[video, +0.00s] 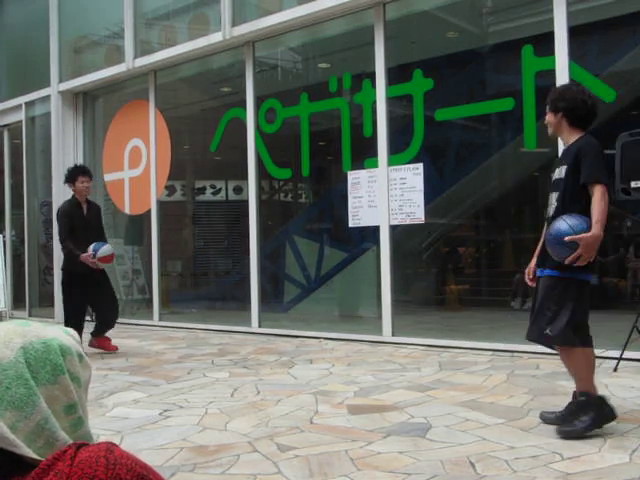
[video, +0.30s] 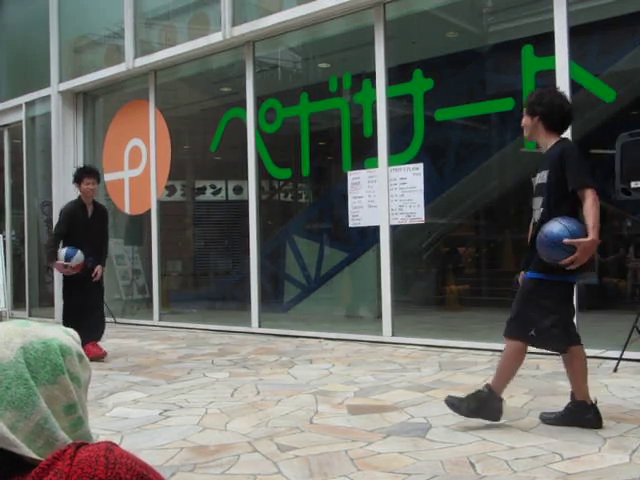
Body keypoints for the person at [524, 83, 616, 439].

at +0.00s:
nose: (545, 118)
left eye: (548, 112)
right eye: (546, 112)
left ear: (561, 115)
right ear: (568, 116)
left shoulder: (587, 147)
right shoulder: (565, 153)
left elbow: (599, 190)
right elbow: (554, 214)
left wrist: (597, 232)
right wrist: (537, 256)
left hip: (571, 259)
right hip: (554, 259)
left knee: (571, 328)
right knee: (557, 329)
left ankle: (591, 401)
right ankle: (584, 398)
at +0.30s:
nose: (522, 122)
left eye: (525, 116)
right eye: (523, 115)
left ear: (539, 119)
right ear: (547, 120)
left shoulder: (568, 151)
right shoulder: (549, 159)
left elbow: (589, 195)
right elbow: (543, 217)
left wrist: (593, 237)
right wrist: (529, 266)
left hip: (553, 262)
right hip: (545, 262)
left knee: (518, 327)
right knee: (565, 333)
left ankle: (491, 396)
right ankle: (582, 405)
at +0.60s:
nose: (494, 127)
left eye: (497, 122)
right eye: (496, 121)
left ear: (508, 127)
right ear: (526, 127)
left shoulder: (530, 159)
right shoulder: (530, 158)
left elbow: (545, 206)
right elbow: (541, 208)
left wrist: (547, 252)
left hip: (516, 265)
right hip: (533, 263)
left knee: (496, 334)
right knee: (550, 333)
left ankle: (480, 400)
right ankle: (579, 401)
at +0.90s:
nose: (464, 128)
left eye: (466, 123)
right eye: (465, 123)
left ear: (474, 128)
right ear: (501, 125)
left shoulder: (482, 163)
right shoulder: (515, 161)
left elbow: (474, 211)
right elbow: (514, 214)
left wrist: (452, 253)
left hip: (487, 266)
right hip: (515, 264)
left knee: (482, 334)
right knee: (523, 327)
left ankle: (480, 400)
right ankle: (566, 389)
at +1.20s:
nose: (447, 133)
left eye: (448, 127)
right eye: (448, 127)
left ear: (455, 130)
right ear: (485, 126)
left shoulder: (457, 164)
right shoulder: (507, 160)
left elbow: (442, 216)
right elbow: (517, 212)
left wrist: (420, 252)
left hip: (474, 266)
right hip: (510, 262)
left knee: (477, 334)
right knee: (511, 326)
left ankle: (480, 400)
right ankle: (520, 388)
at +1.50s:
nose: (447, 129)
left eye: (446, 124)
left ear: (448, 129)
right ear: (482, 123)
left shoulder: (446, 167)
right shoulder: (506, 159)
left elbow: (440, 222)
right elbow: (524, 212)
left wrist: (458, 250)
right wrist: (504, 238)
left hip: (470, 267)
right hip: (508, 263)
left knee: (473, 333)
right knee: (519, 327)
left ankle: (479, 399)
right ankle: (510, 396)